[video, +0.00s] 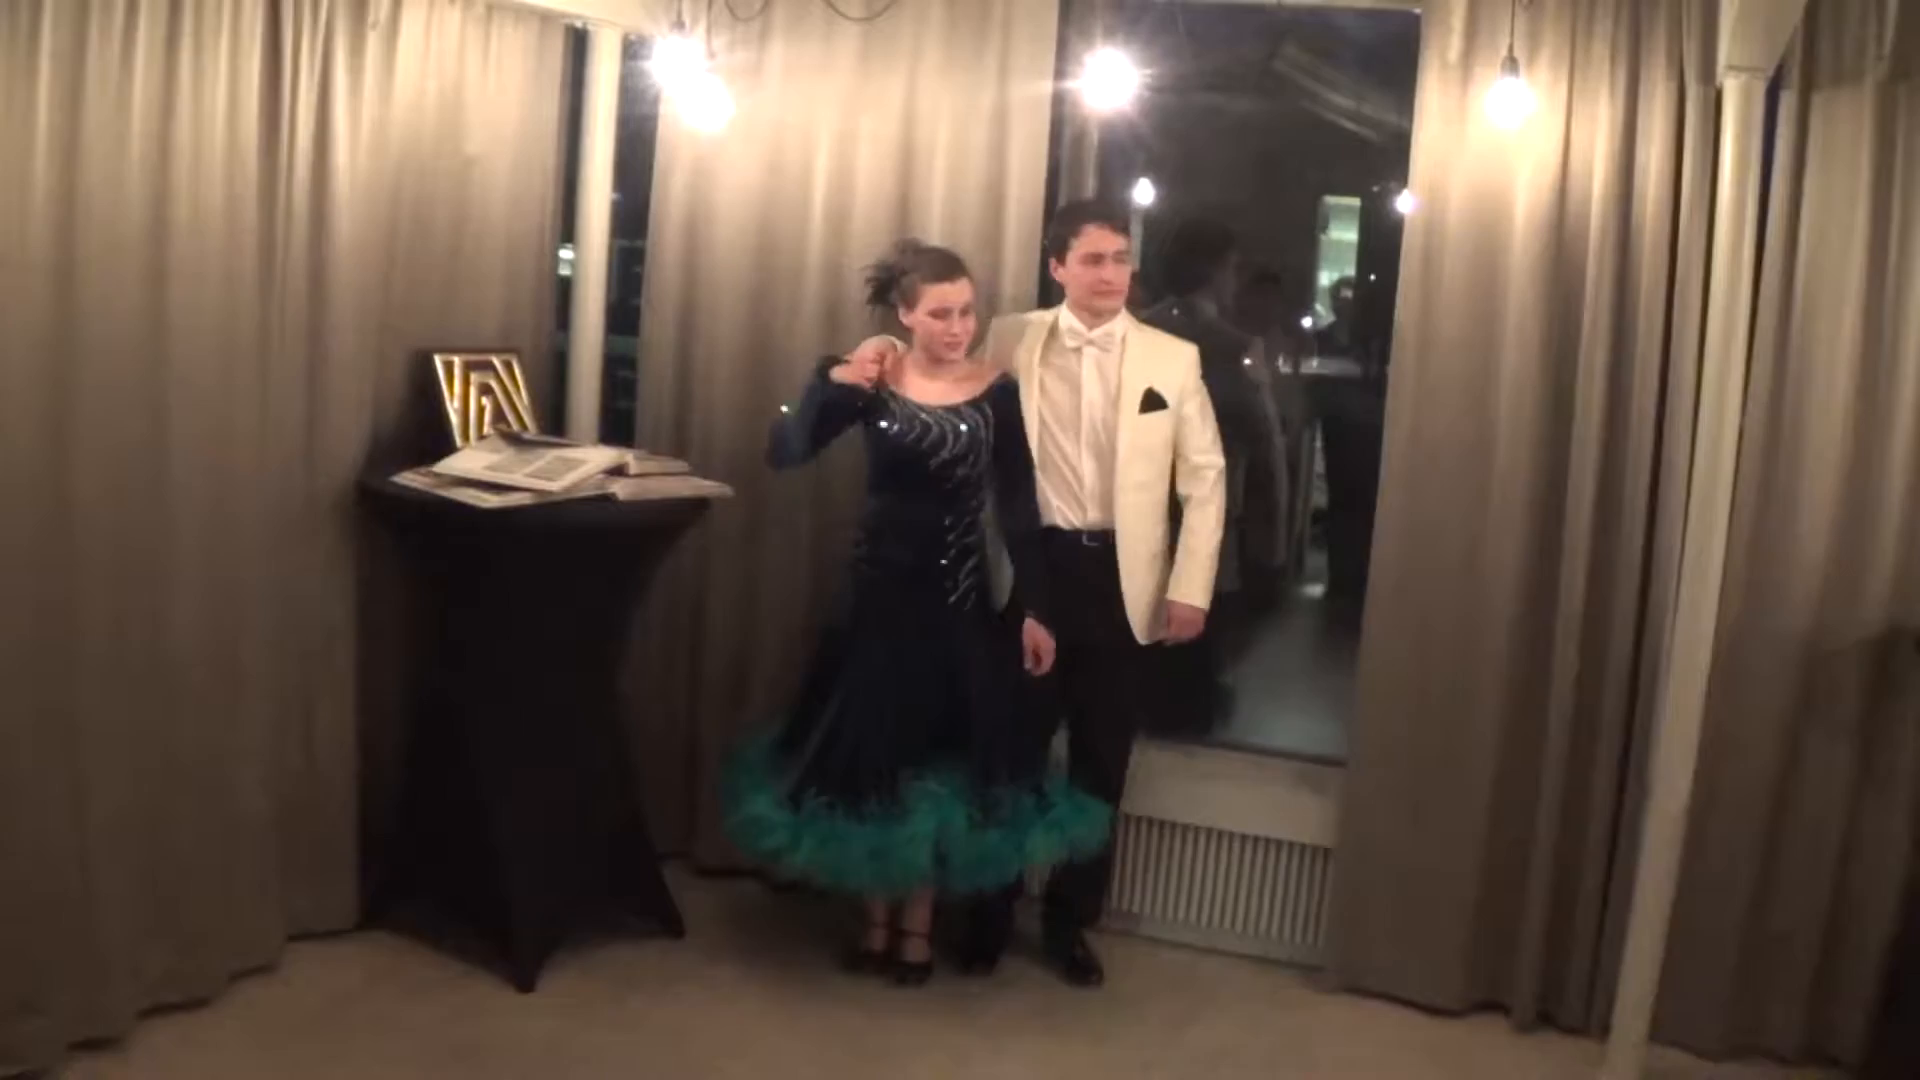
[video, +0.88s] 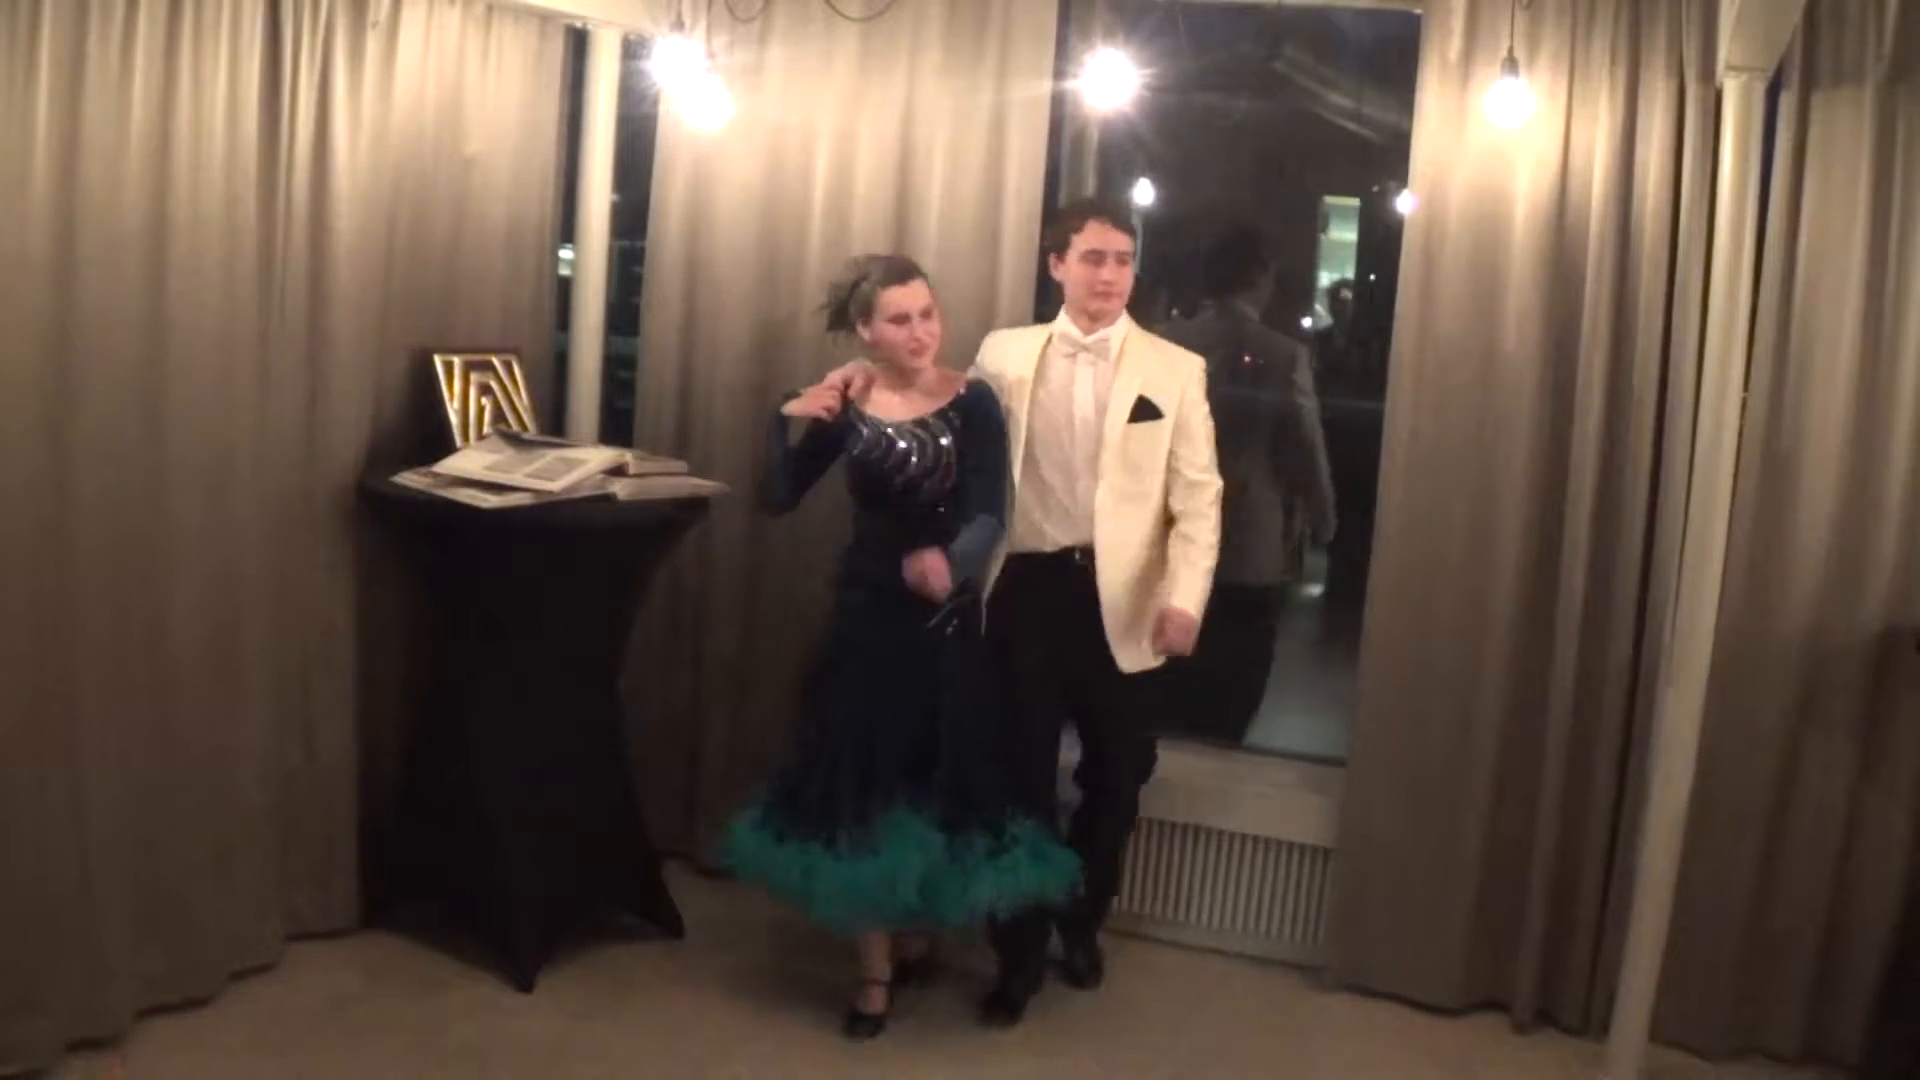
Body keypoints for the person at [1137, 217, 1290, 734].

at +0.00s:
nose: (1236, 281)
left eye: (1235, 269)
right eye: (1232, 269)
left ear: (1166, 266)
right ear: (1217, 273)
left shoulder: (1134, 332)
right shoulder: (1228, 347)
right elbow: (1263, 450)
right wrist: (1269, 548)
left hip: (1137, 499)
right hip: (1205, 508)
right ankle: (1193, 698)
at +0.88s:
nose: (1270, 284)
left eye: (1265, 276)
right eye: (1268, 276)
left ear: (1208, 277)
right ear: (1262, 282)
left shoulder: (1169, 343)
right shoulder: (1284, 356)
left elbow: (1144, 434)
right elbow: (1305, 448)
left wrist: (1142, 500)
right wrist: (1323, 519)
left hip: (1174, 513)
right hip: (1253, 522)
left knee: (1170, 627)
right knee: (1247, 640)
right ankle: (1217, 754)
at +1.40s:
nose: (1312, 292)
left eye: (1311, 280)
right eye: (1309, 280)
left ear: (1246, 278)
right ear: (1293, 283)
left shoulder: (1192, 339)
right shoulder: (1303, 358)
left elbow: (1163, 434)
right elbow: (1318, 461)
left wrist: (1159, 516)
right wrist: (1330, 548)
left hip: (1191, 526)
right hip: (1266, 535)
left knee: (1183, 649)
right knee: (1253, 661)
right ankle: (1230, 777)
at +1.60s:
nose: (1315, 290)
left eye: (1313, 280)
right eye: (1313, 280)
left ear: (1254, 278)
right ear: (1302, 284)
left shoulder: (1202, 340)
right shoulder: (1319, 357)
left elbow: (1174, 434)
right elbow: (1337, 455)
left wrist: (1169, 511)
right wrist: (1343, 540)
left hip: (1203, 520)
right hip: (1281, 529)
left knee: (1204, 635)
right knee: (1264, 653)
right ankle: (1236, 764)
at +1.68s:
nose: (1316, 292)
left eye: (1313, 282)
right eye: (1315, 283)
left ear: (1256, 280)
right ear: (1308, 287)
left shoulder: (1207, 342)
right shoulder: (1326, 359)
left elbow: (1180, 436)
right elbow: (1342, 457)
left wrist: (1175, 509)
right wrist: (1346, 535)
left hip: (1210, 527)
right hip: (1288, 534)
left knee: (1207, 655)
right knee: (1268, 666)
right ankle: (1238, 773)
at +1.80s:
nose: (1323, 292)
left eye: (1321, 283)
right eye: (1321, 283)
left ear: (1259, 282)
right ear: (1311, 288)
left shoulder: (1212, 346)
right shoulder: (1332, 361)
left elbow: (1184, 434)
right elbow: (1358, 452)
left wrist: (1182, 503)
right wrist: (1347, 515)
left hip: (1213, 529)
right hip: (1295, 537)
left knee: (1208, 659)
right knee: (1271, 670)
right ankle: (1242, 777)